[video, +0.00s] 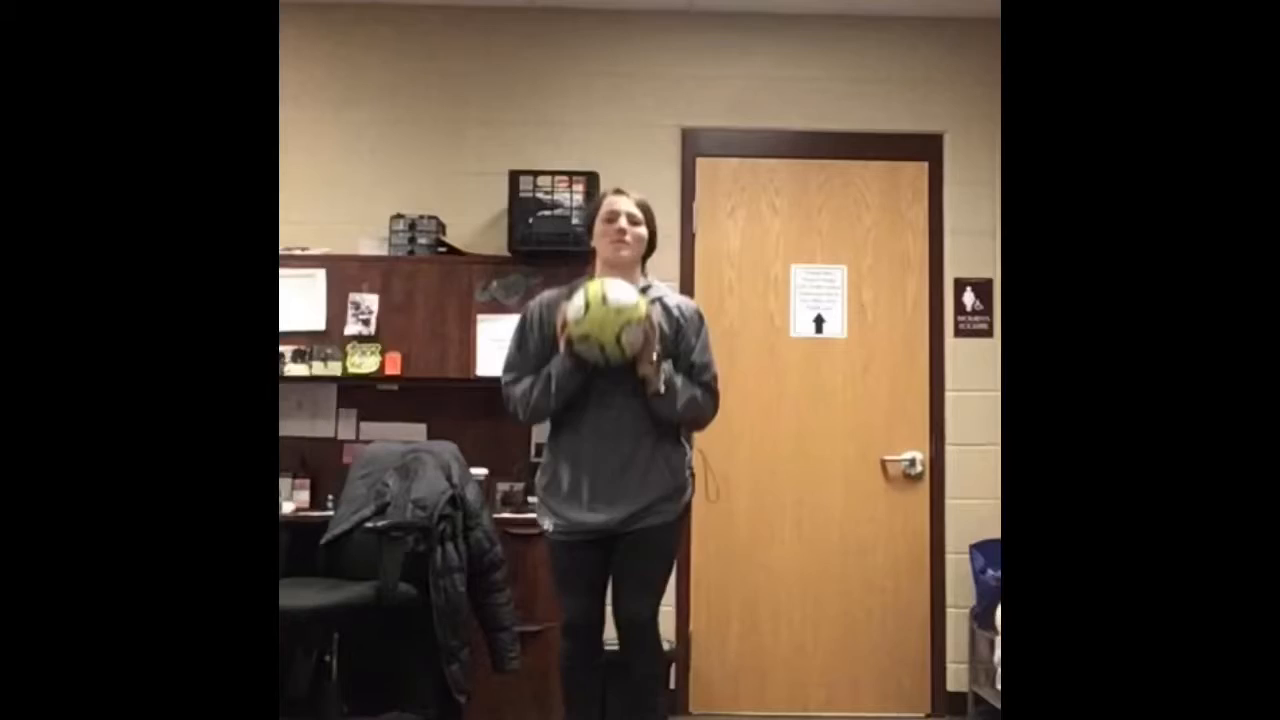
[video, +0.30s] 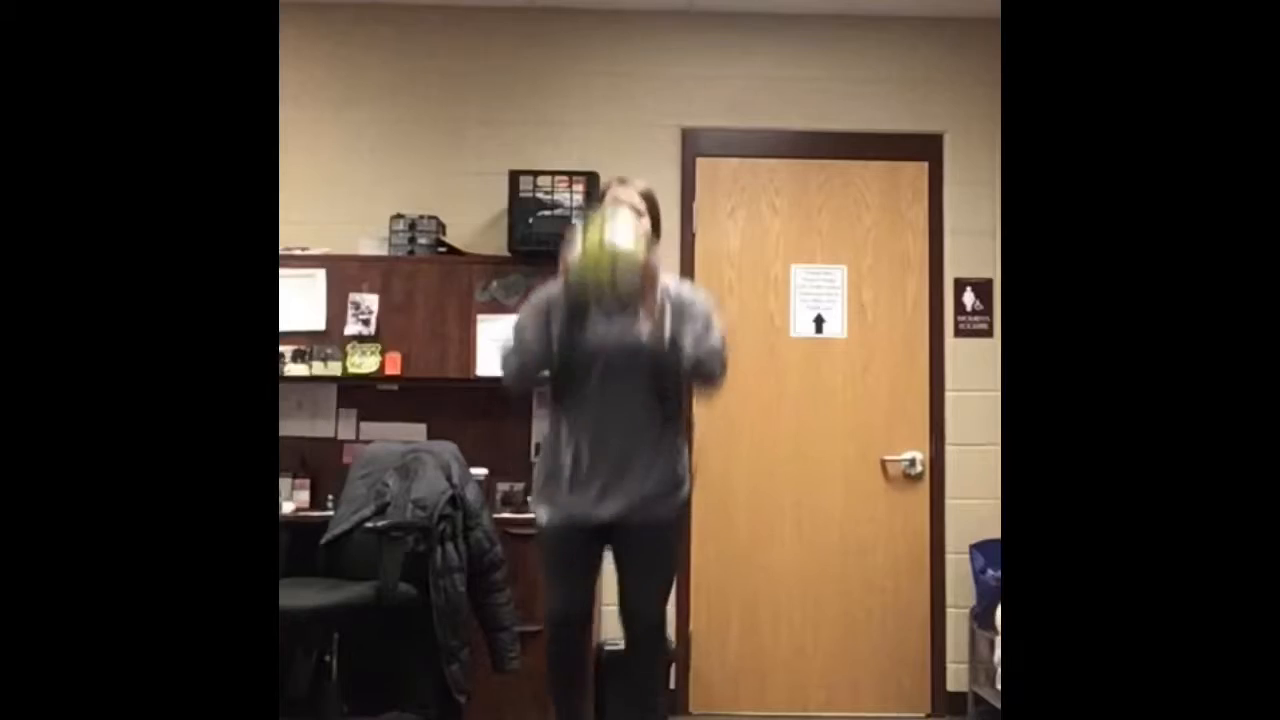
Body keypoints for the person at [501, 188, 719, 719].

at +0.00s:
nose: (622, 227)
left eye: (634, 221)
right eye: (611, 219)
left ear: (649, 240)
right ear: (592, 236)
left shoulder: (679, 313)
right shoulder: (547, 310)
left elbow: (702, 408)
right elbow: (519, 402)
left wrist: (652, 368)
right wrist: (573, 358)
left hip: (652, 506)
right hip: (572, 506)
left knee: (637, 626)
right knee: (579, 632)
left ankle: (647, 714)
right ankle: (583, 715)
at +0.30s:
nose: (620, 226)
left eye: (633, 217)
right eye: (609, 215)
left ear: (653, 233)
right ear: (589, 227)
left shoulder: (681, 302)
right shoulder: (557, 301)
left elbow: (711, 371)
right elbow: (517, 373)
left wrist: (656, 306)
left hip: (651, 495)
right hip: (570, 495)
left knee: (645, 630)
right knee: (566, 630)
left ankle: (646, 715)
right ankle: (571, 714)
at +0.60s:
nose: (626, 256)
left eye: (636, 249)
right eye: (614, 248)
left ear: (652, 267)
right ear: (592, 265)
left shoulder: (669, 320)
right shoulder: (572, 315)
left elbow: (687, 233)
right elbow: (563, 225)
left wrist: (670, 127)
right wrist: (580, 120)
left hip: (653, 511)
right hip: (569, 509)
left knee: (694, 647)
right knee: (527, 645)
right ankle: (473, 714)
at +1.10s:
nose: (629, 237)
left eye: (641, 231)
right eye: (618, 229)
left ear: (656, 249)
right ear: (598, 244)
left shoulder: (685, 325)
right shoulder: (561, 329)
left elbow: (699, 421)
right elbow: (541, 422)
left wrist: (658, 357)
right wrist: (582, 364)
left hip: (661, 513)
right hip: (582, 514)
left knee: (648, 642)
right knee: (596, 640)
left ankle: (647, 717)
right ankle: (599, 716)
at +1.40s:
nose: (631, 208)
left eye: (642, 205)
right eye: (619, 202)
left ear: (659, 225)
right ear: (600, 220)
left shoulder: (680, 280)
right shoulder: (575, 276)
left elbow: (706, 214)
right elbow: (550, 200)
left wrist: (680, 117)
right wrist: (583, 112)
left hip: (661, 460)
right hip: (581, 459)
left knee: (682, 606)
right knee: (559, 603)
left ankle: (724, 716)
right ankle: (513, 711)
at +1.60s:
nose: (630, 243)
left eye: (641, 236)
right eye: (618, 234)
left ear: (659, 254)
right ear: (597, 254)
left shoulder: (679, 315)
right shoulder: (578, 310)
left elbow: (695, 237)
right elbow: (564, 228)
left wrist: (675, 134)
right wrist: (589, 131)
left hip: (664, 508)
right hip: (581, 508)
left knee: (695, 648)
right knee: (551, 647)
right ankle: (505, 714)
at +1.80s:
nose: (633, 201)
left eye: (645, 191)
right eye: (621, 191)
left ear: (667, 198)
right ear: (601, 199)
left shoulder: (694, 259)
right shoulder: (576, 256)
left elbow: (725, 308)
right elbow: (534, 299)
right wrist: (581, 241)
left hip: (671, 450)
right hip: (591, 447)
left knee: (676, 591)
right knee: (575, 587)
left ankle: (691, 710)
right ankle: (553, 709)